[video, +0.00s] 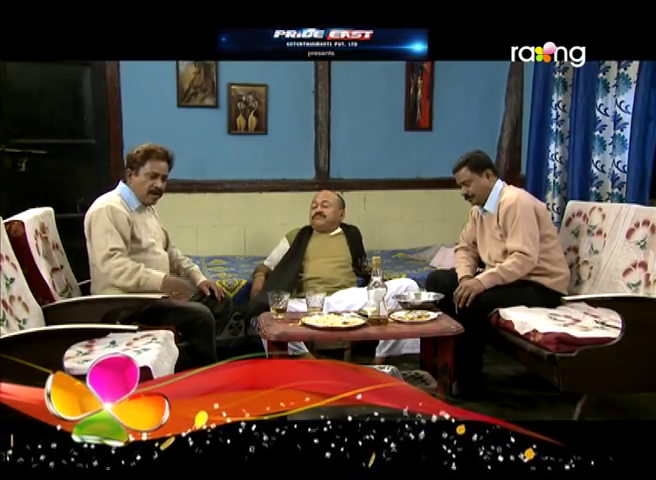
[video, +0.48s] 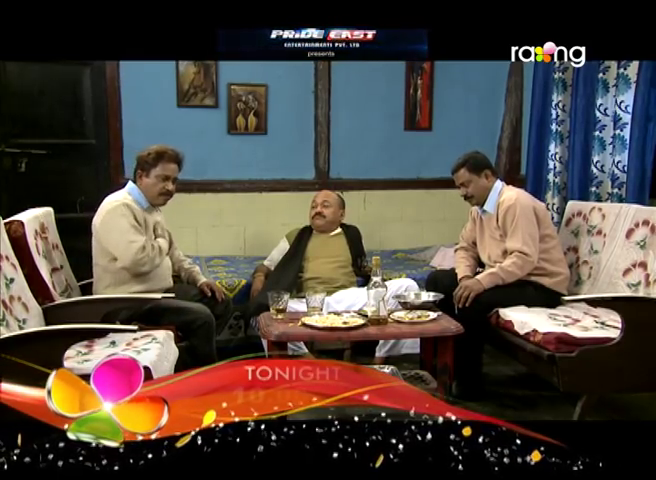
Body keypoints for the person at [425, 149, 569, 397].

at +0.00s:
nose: (464, 192)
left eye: (467, 184)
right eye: (461, 187)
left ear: (488, 176)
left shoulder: (518, 203)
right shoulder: (479, 209)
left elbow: (524, 258)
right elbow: (465, 247)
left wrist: (481, 282)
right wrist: (466, 276)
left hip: (542, 286)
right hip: (505, 279)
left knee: (473, 302)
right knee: (438, 280)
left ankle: (467, 384)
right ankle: (439, 369)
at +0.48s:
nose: (463, 193)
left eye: (466, 185)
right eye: (460, 188)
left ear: (487, 177)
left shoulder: (517, 203)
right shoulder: (479, 209)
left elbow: (523, 258)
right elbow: (465, 247)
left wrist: (480, 282)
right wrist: (466, 277)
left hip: (542, 286)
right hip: (504, 277)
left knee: (472, 301)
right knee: (438, 280)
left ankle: (467, 385)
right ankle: (439, 370)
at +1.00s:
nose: (463, 194)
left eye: (466, 186)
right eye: (460, 189)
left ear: (486, 177)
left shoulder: (517, 203)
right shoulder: (479, 209)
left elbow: (523, 259)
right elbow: (465, 247)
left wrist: (480, 282)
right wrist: (465, 276)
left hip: (542, 285)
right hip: (504, 277)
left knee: (472, 301)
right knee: (437, 280)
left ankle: (467, 385)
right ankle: (440, 369)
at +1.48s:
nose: (461, 195)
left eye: (464, 187)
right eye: (458, 191)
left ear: (484, 178)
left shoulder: (515, 204)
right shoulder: (479, 208)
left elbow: (518, 261)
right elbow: (465, 247)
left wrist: (470, 284)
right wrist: (465, 278)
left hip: (541, 285)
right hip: (504, 276)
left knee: (469, 302)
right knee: (437, 280)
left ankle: (467, 385)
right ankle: (440, 369)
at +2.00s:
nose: (461, 195)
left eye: (464, 187)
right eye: (458, 190)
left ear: (484, 177)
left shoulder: (516, 204)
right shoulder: (479, 209)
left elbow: (513, 263)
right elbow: (465, 247)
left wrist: (469, 291)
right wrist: (465, 282)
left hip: (541, 286)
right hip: (503, 277)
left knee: (468, 303)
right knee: (437, 280)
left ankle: (467, 385)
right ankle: (439, 369)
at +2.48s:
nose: (459, 197)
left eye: (461, 189)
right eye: (456, 192)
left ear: (481, 178)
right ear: (479, 180)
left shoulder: (513, 204)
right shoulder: (478, 208)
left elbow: (512, 264)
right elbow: (464, 247)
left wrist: (466, 293)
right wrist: (464, 281)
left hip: (541, 285)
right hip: (502, 277)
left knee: (469, 302)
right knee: (437, 280)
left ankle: (467, 386)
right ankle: (440, 369)